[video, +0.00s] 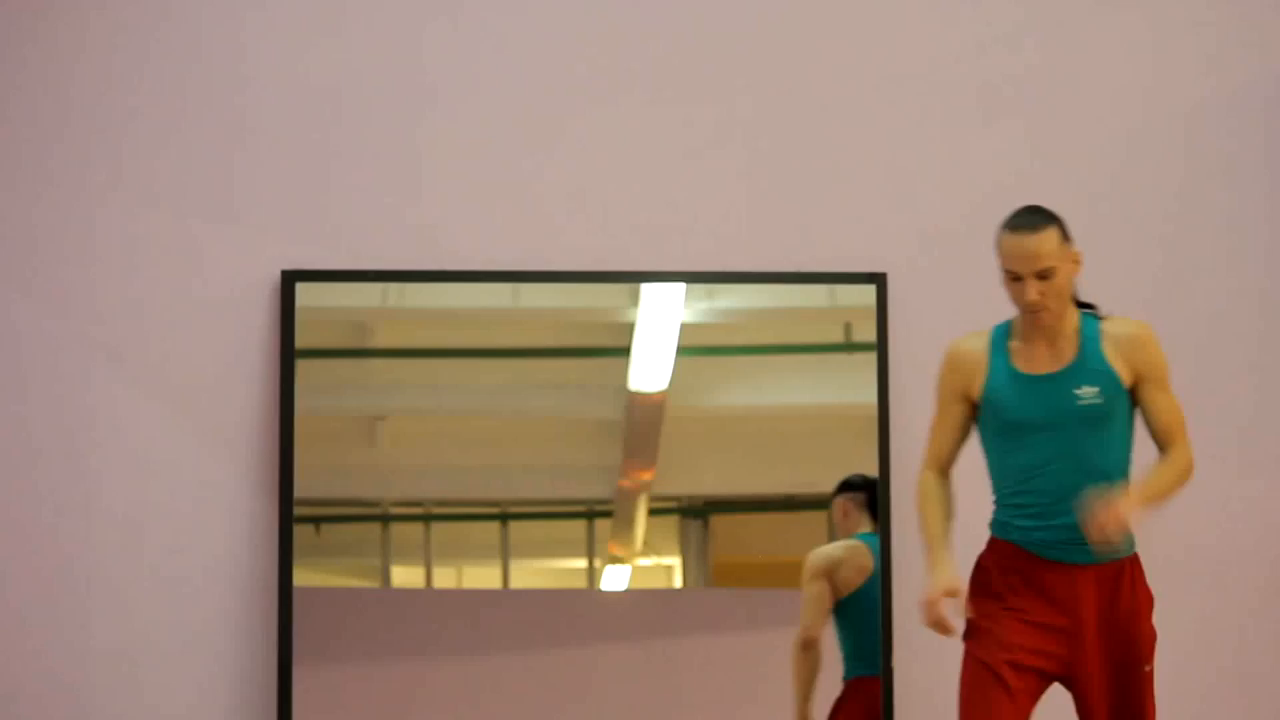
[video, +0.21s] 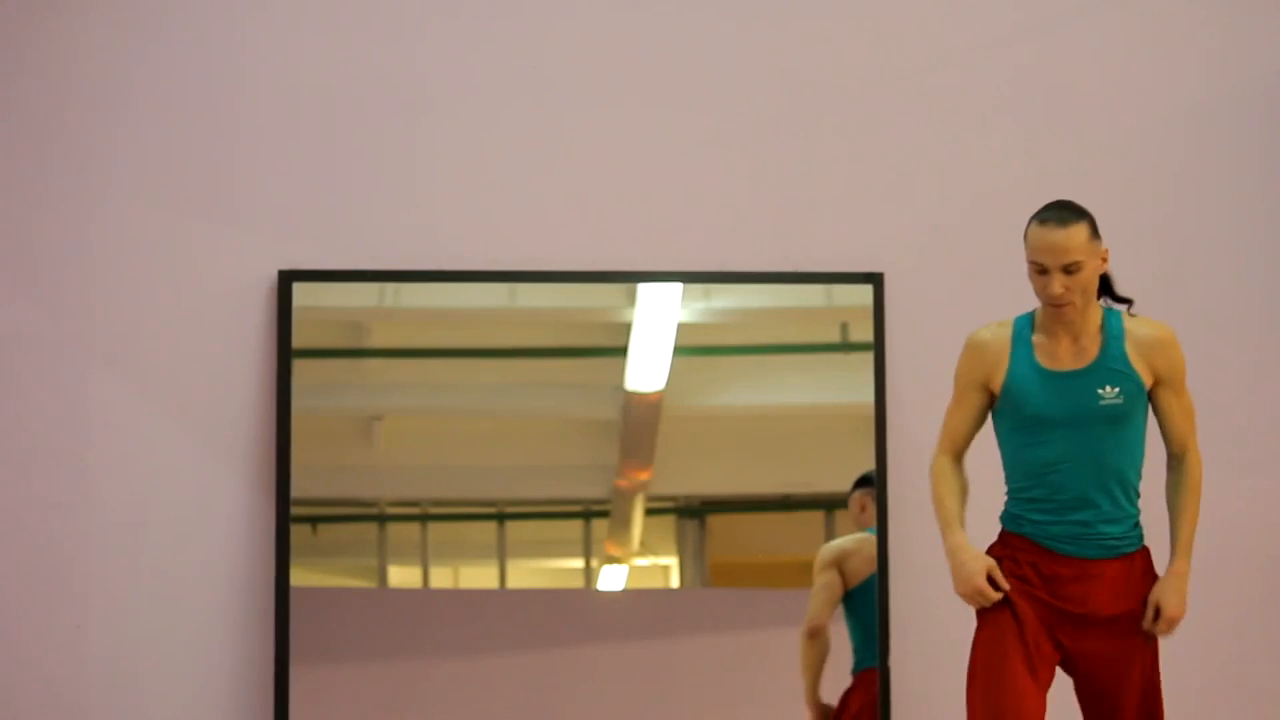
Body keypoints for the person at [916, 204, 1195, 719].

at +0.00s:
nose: (1030, 294)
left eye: (1044, 275)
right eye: (1015, 279)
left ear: (1074, 262)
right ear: (1001, 275)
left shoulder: (1128, 343)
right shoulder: (971, 359)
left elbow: (1178, 455)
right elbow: (935, 470)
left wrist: (1130, 501)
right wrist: (941, 568)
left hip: (1109, 591)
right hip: (1013, 590)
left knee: (1124, 713)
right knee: (984, 712)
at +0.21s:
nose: (1055, 288)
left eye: (1071, 270)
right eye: (1040, 271)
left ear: (1101, 259)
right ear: (1026, 264)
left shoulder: (1150, 346)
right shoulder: (991, 349)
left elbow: (1182, 458)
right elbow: (948, 457)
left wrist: (1178, 570)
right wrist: (957, 549)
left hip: (1117, 584)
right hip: (1021, 583)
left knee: (1132, 712)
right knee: (996, 711)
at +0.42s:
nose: (1024, 270)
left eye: (1042, 253)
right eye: (1014, 254)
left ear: (1079, 259)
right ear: (1003, 259)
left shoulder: (1127, 340)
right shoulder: (974, 355)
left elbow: (1168, 438)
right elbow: (914, 463)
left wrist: (1168, 525)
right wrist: (938, 550)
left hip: (1115, 582)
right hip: (1019, 583)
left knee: (1145, 711)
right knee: (1002, 712)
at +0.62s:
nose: (1026, 257)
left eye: (1045, 241)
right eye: (1017, 243)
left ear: (1084, 251)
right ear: (1008, 252)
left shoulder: (1132, 339)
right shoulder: (979, 347)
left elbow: (1186, 458)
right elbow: (915, 453)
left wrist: (1138, 435)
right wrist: (920, 461)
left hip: (1119, 579)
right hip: (1026, 581)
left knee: (1164, 711)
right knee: (1007, 712)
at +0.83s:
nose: (1063, 266)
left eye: (1080, 251)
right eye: (1053, 254)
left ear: (1118, 260)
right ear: (1043, 263)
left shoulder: (1162, 350)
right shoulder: (1013, 355)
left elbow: (1202, 469)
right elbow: (964, 456)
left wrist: (1137, 401)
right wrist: (955, 469)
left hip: (1142, 588)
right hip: (1052, 586)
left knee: (1167, 711)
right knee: (1024, 711)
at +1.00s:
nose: (1096, 282)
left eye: (1111, 265)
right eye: (1083, 268)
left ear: (1144, 264)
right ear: (1072, 272)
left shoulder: (1186, 354)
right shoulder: (1039, 357)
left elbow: (1220, 474)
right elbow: (995, 462)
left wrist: (1162, 401)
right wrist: (986, 505)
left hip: (1161, 590)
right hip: (1072, 586)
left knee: (1168, 714)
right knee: (1036, 712)